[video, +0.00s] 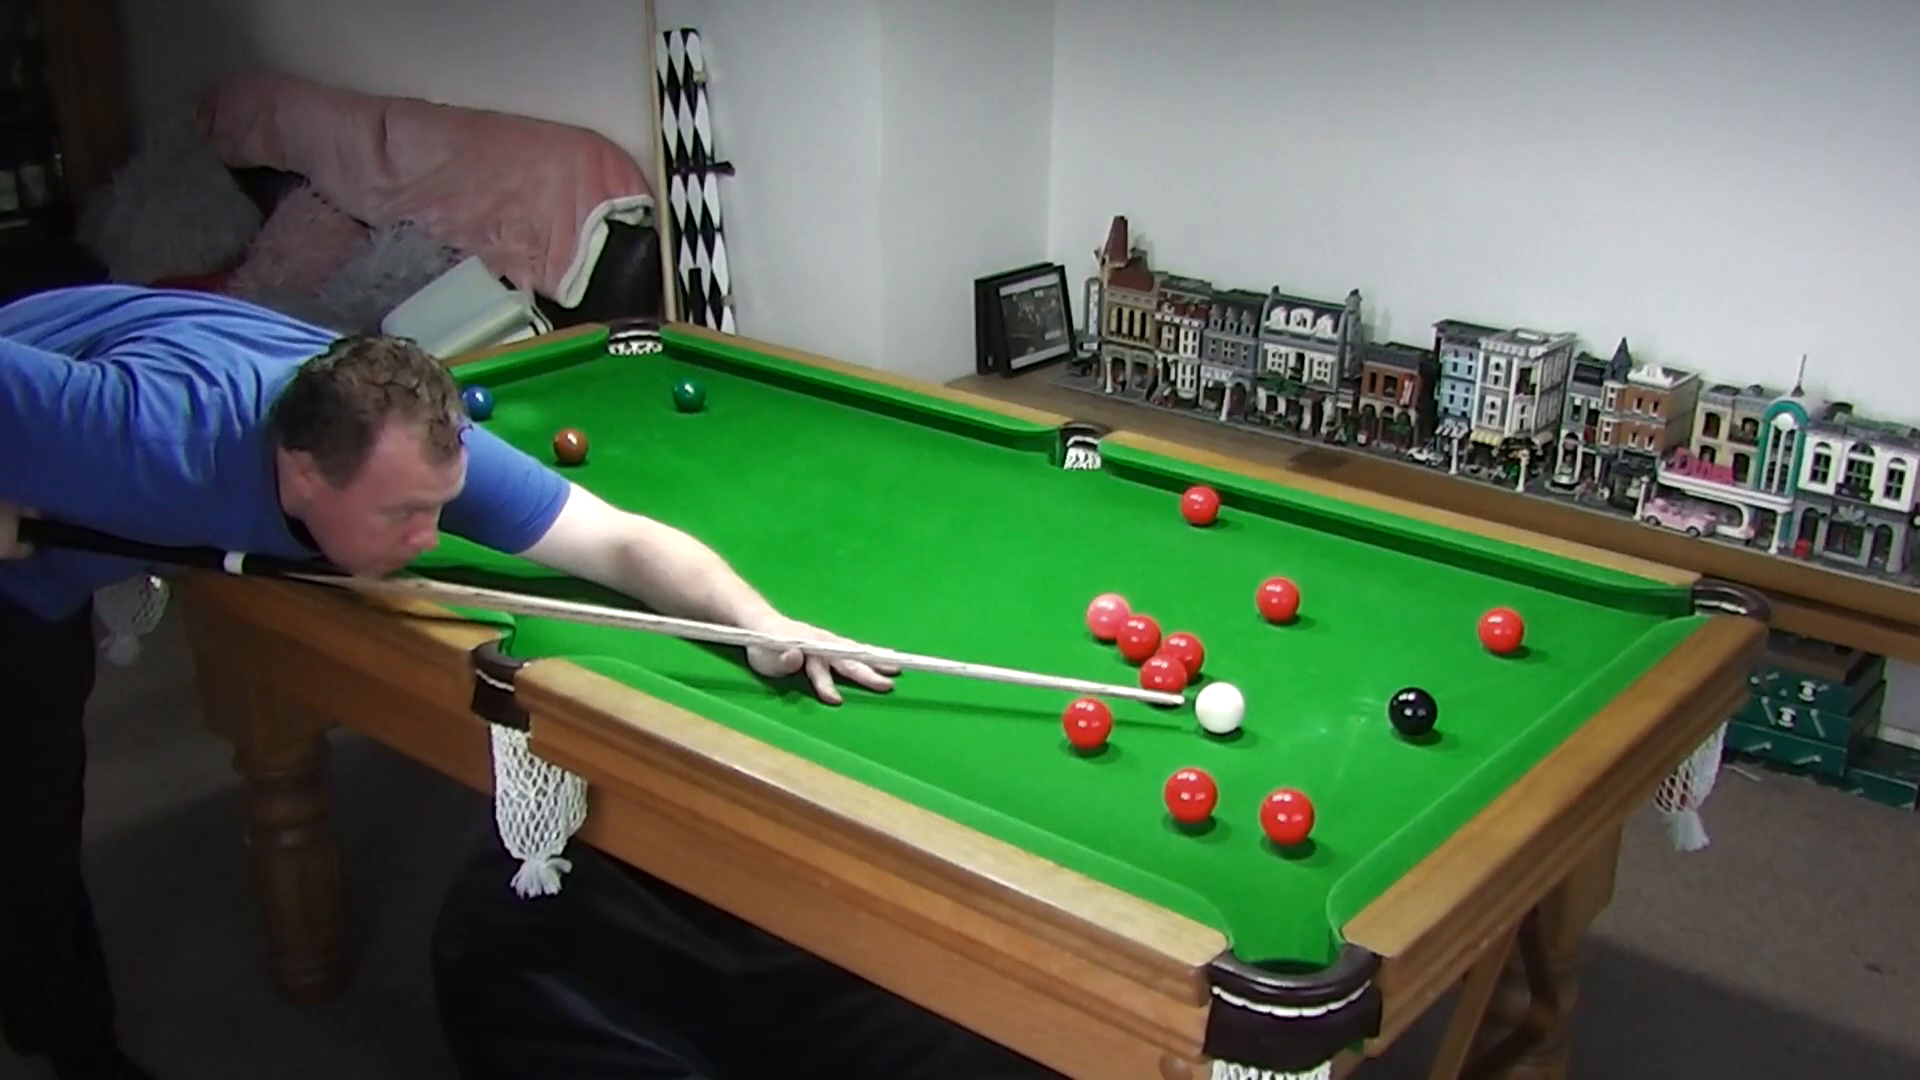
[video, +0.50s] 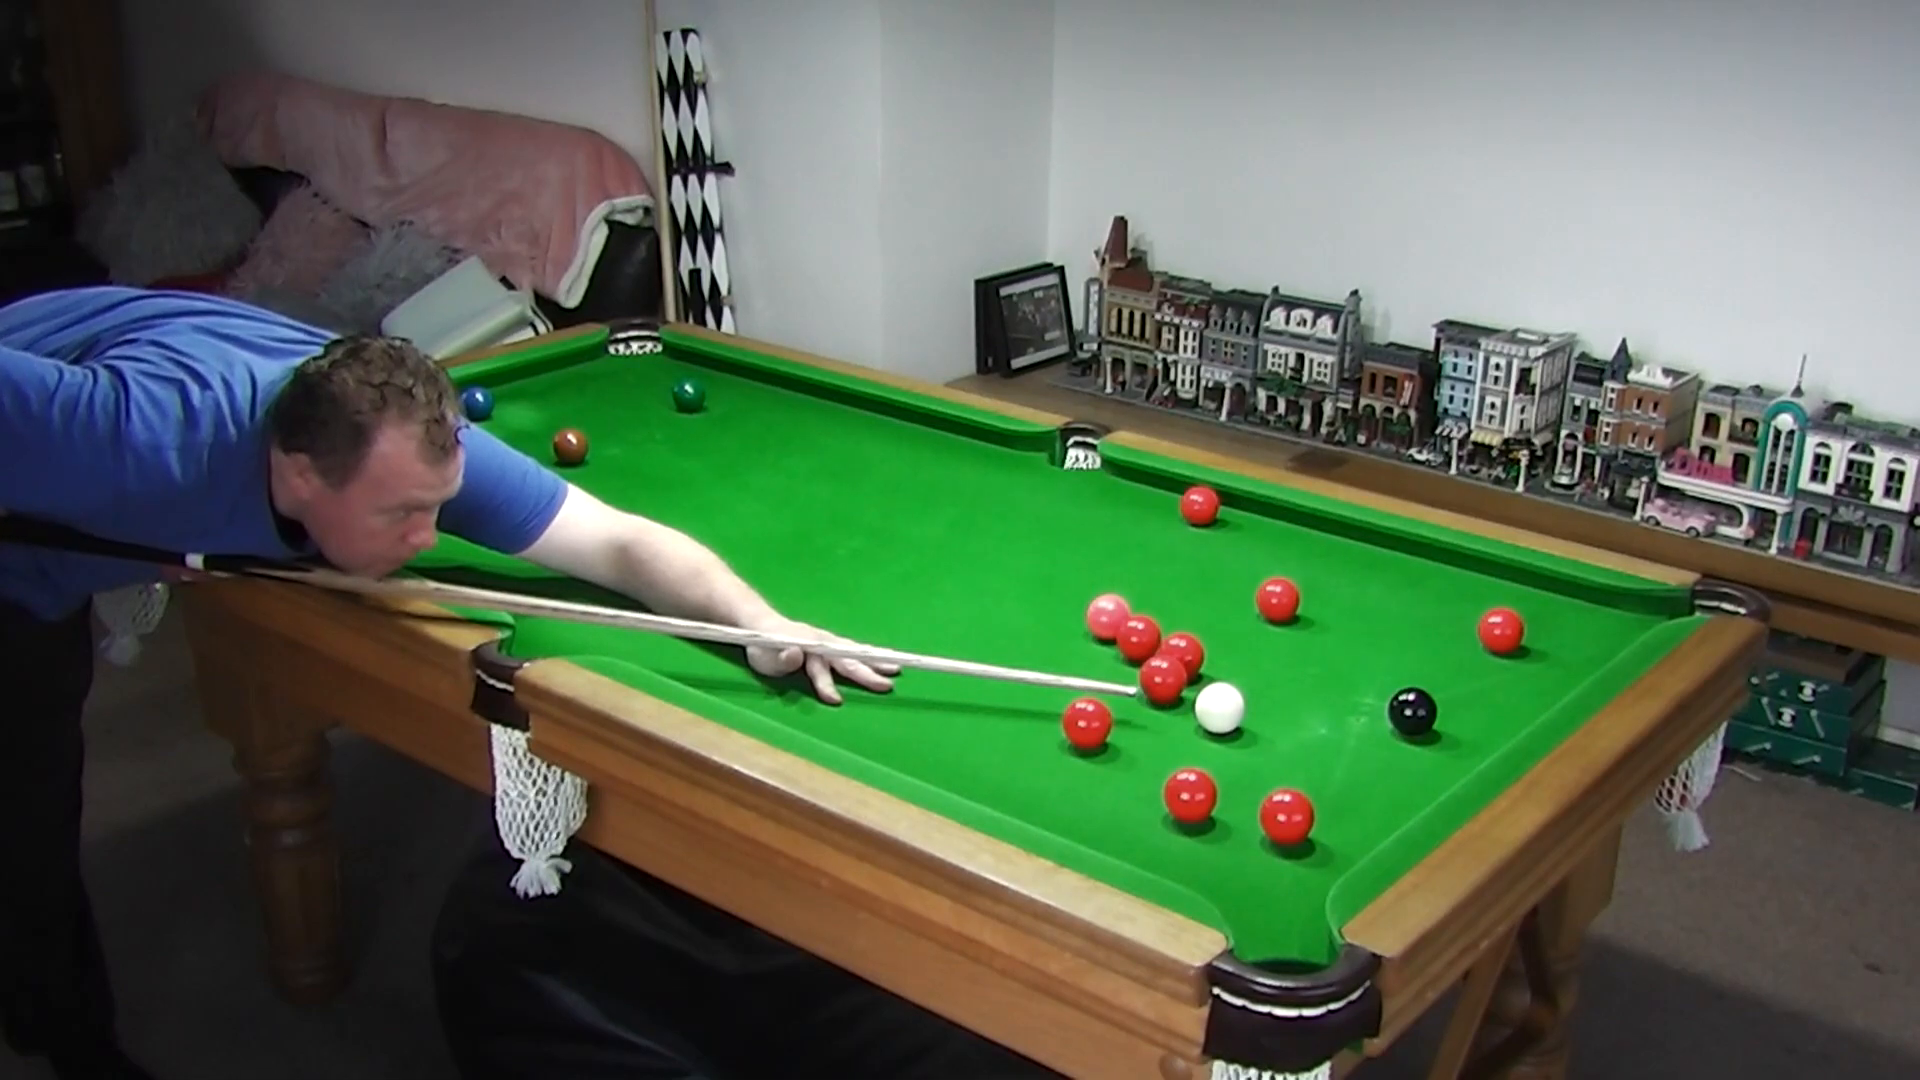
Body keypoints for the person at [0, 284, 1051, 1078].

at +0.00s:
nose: (428, 540)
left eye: (441, 510)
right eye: (402, 517)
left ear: (441, 452)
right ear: (302, 480)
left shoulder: (414, 435)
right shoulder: (151, 442)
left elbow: (617, 543)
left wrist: (763, 622)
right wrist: (15, 521)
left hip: (61, 541)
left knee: (41, 819)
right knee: (26, 823)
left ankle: (75, 1035)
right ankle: (57, 1032)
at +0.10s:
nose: (428, 538)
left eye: (441, 508)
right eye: (403, 515)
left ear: (439, 451)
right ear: (301, 480)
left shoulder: (412, 435)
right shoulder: (150, 443)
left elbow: (616, 543)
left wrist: (763, 622)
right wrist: (16, 522)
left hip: (60, 541)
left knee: (40, 820)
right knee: (26, 824)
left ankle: (75, 1035)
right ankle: (57, 1032)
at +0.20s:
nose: (427, 533)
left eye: (438, 505)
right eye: (401, 514)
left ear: (436, 446)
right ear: (300, 483)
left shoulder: (416, 436)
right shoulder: (139, 440)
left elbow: (615, 544)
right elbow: (1, 378)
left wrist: (763, 623)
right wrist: (29, 525)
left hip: (59, 541)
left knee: (40, 819)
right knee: (26, 823)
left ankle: (75, 1036)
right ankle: (58, 1033)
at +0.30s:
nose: (428, 532)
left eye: (438, 503)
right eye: (401, 513)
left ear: (434, 447)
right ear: (299, 483)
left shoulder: (417, 436)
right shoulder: (147, 444)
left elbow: (614, 543)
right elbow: (1, 377)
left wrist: (763, 622)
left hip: (54, 534)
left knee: (39, 819)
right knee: (25, 823)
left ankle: (74, 1035)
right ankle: (57, 1031)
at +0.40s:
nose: (427, 533)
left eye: (438, 504)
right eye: (400, 515)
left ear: (435, 446)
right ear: (298, 483)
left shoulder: (418, 436)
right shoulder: (148, 448)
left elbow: (614, 544)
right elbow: (0, 382)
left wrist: (764, 623)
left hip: (51, 533)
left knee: (38, 817)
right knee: (26, 821)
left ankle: (75, 1035)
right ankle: (58, 1032)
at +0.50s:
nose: (428, 534)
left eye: (439, 505)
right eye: (401, 516)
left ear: (437, 447)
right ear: (298, 485)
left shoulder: (419, 437)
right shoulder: (149, 450)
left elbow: (615, 544)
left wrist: (764, 623)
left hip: (50, 531)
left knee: (38, 817)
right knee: (25, 821)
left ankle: (75, 1036)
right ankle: (59, 1032)